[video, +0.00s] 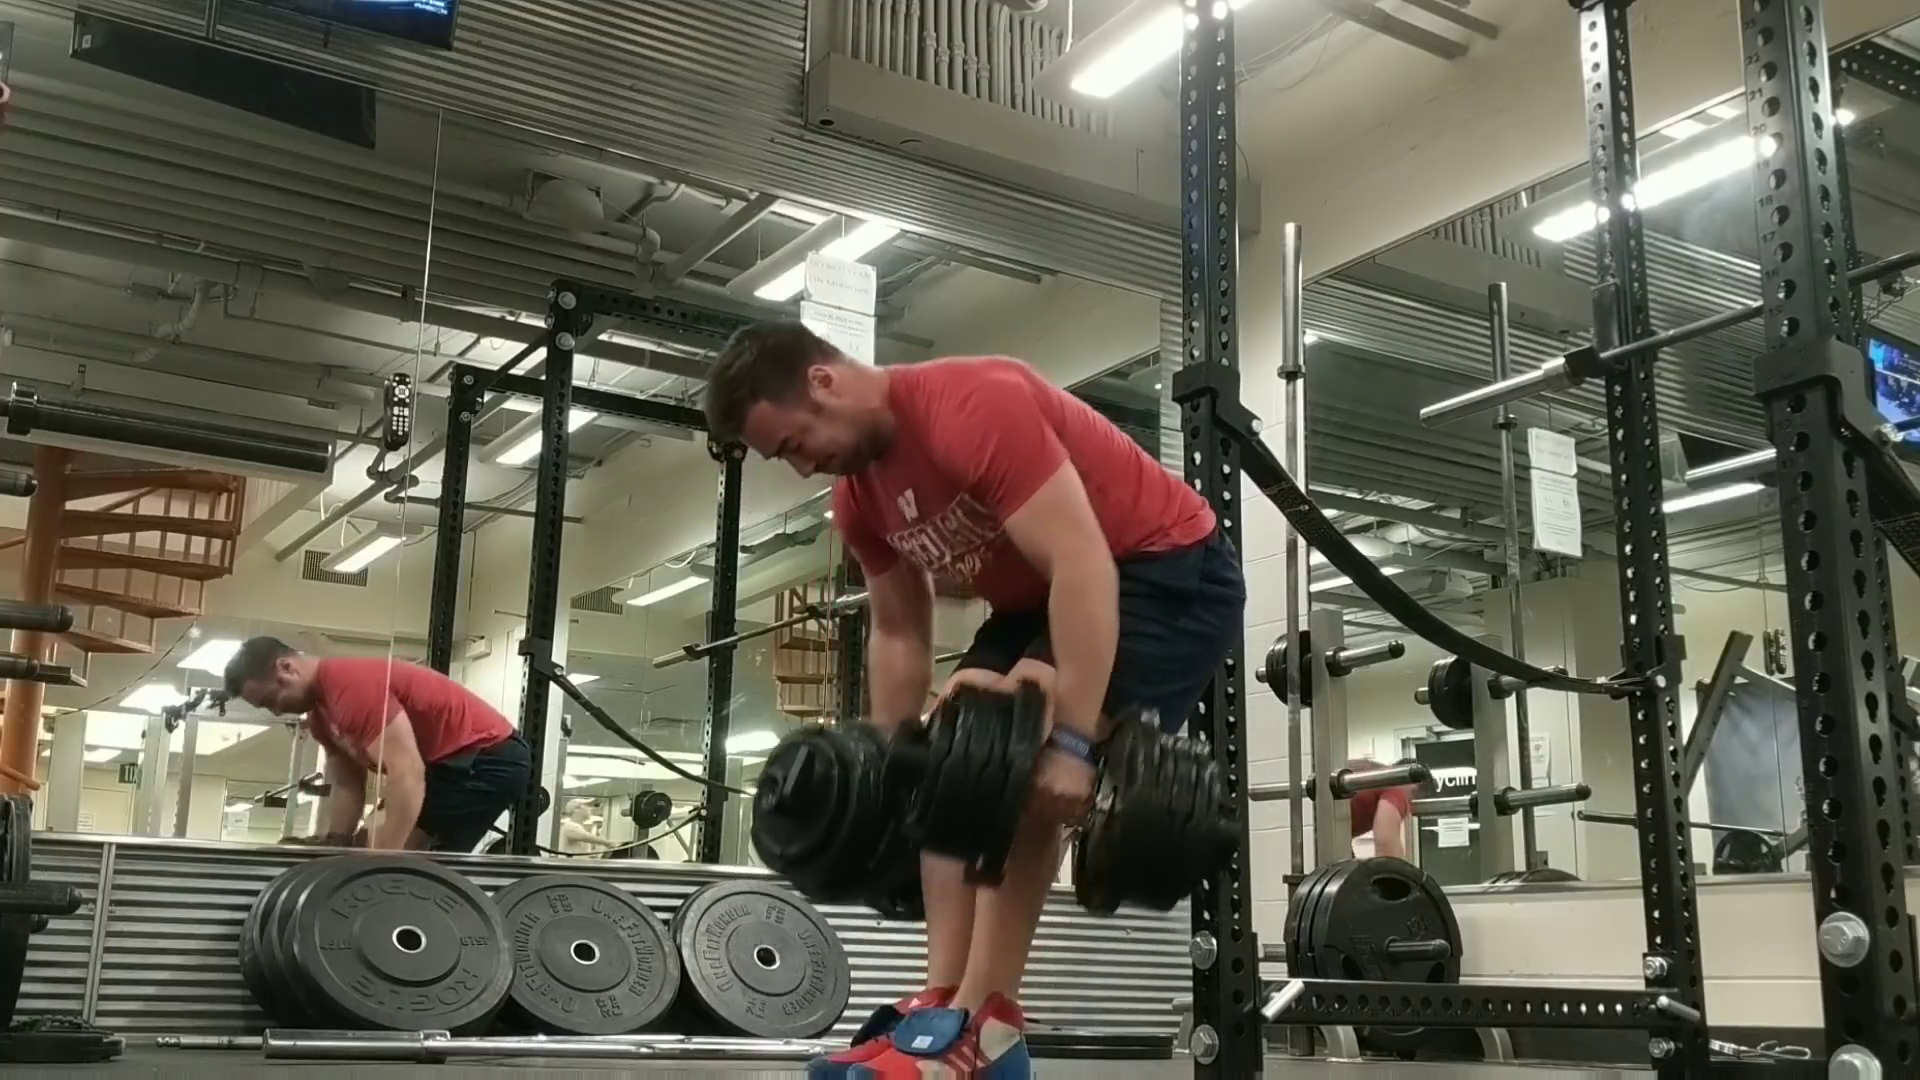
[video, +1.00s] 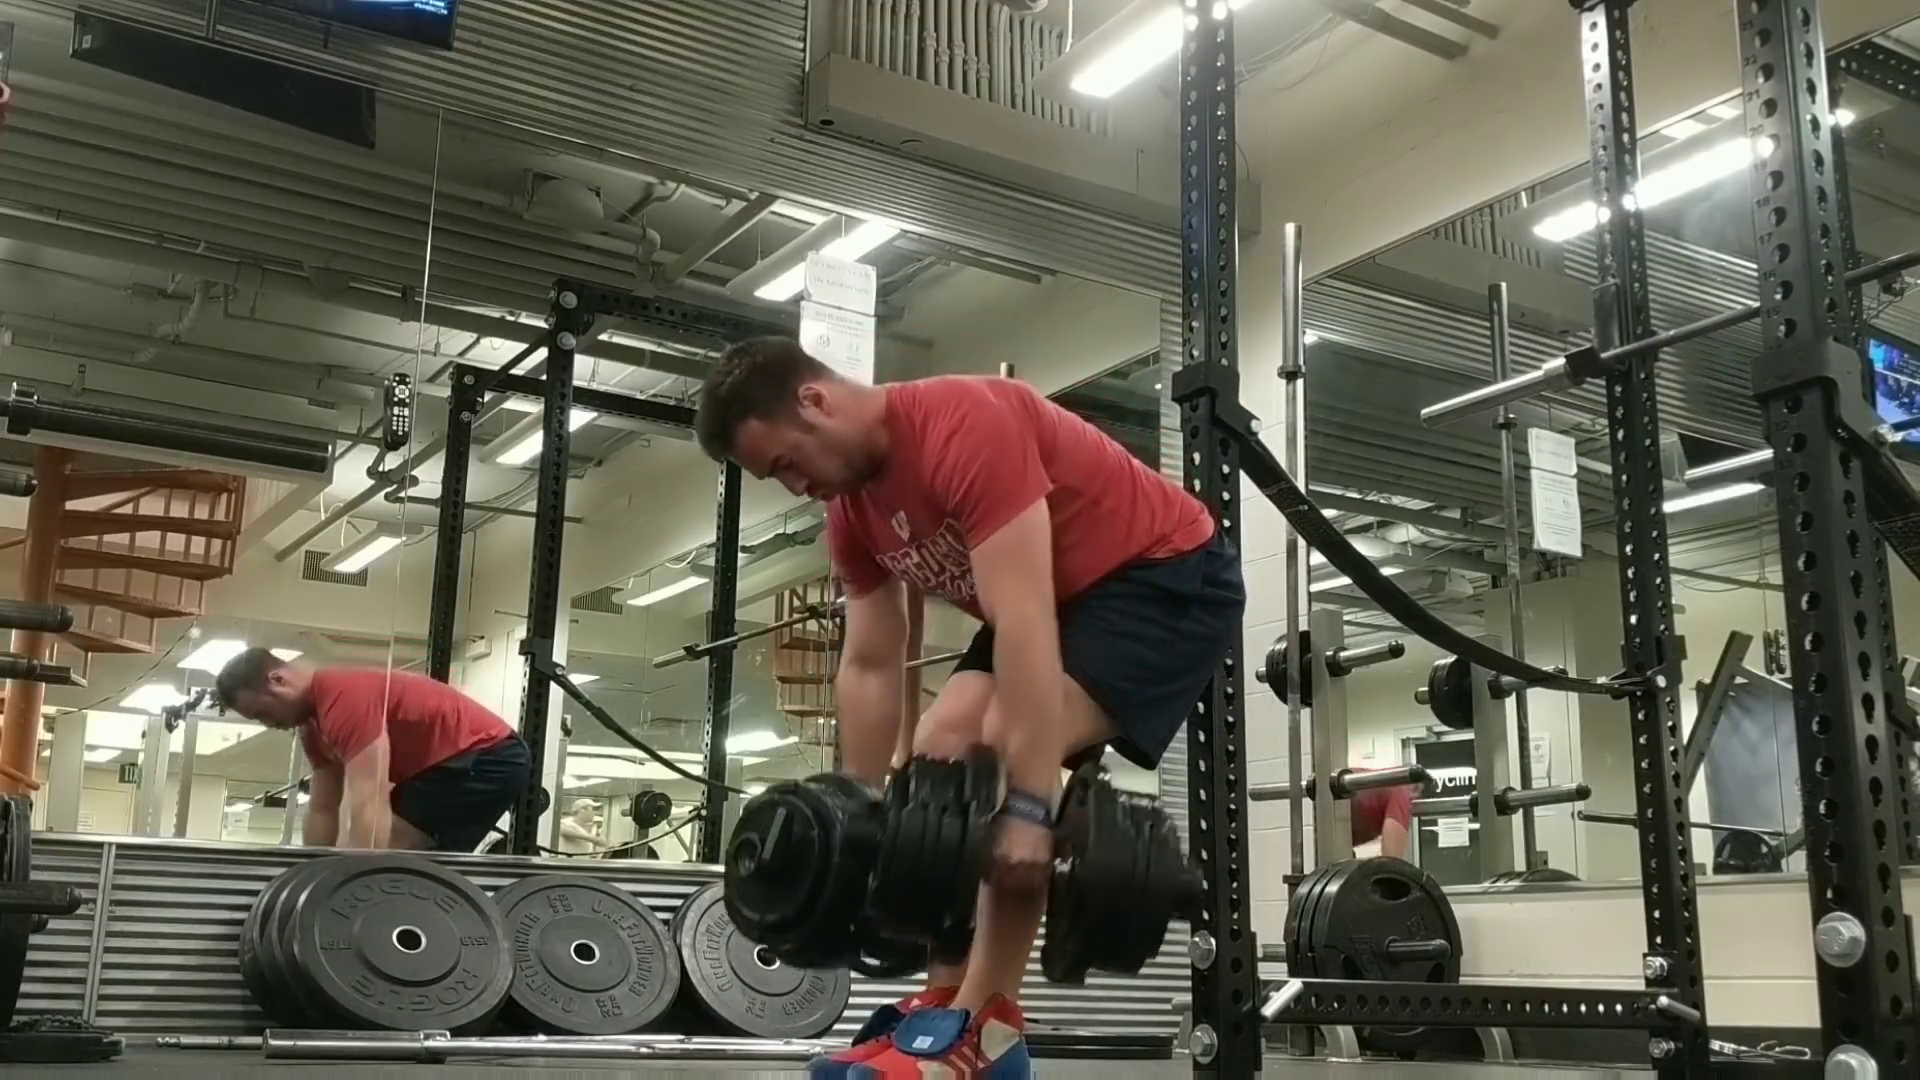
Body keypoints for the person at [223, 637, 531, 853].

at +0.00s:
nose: (273, 714)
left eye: (268, 702)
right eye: (264, 708)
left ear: (286, 670)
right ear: (288, 671)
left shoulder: (349, 686)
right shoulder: (321, 714)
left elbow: (407, 773)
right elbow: (348, 784)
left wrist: (377, 867)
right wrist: (331, 852)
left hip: (488, 758)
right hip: (455, 764)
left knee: (401, 856)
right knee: (400, 860)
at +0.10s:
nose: (288, 706)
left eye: (282, 695)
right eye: (278, 701)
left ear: (293, 661)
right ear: (293, 662)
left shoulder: (357, 674)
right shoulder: (327, 699)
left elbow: (424, 750)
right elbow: (362, 768)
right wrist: (349, 836)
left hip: (490, 755)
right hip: (453, 759)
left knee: (422, 854)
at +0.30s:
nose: (307, 701)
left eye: (298, 694)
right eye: (297, 699)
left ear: (302, 659)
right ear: (302, 656)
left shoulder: (365, 661)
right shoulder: (341, 679)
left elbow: (447, 717)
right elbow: (385, 738)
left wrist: (427, 806)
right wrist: (370, 798)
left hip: (489, 757)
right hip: (453, 760)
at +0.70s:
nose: (290, 714)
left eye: (281, 707)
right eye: (280, 712)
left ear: (288, 674)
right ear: (290, 673)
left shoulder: (354, 678)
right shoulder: (331, 702)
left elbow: (423, 749)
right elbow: (367, 770)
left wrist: (405, 835)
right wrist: (346, 830)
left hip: (490, 755)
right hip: (453, 760)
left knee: (423, 862)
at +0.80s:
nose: (286, 717)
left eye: (277, 708)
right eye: (275, 714)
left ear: (285, 674)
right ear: (287, 673)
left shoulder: (354, 681)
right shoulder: (326, 708)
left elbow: (405, 767)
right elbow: (350, 780)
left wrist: (382, 859)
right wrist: (335, 846)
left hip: (489, 756)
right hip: (451, 763)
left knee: (423, 863)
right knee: (404, 859)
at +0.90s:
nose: (277, 721)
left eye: (269, 711)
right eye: (268, 717)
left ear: (282, 676)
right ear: (283, 676)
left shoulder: (349, 686)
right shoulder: (320, 717)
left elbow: (387, 779)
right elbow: (334, 795)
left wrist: (372, 873)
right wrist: (323, 869)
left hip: (488, 757)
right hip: (450, 766)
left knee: (398, 858)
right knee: (398, 861)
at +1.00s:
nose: (268, 725)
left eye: (261, 714)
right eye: (258, 720)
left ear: (277, 681)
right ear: (278, 681)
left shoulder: (346, 696)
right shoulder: (314, 725)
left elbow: (366, 813)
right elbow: (323, 811)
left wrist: (342, 901)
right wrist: (304, 890)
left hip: (488, 758)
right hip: (453, 768)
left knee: (382, 848)